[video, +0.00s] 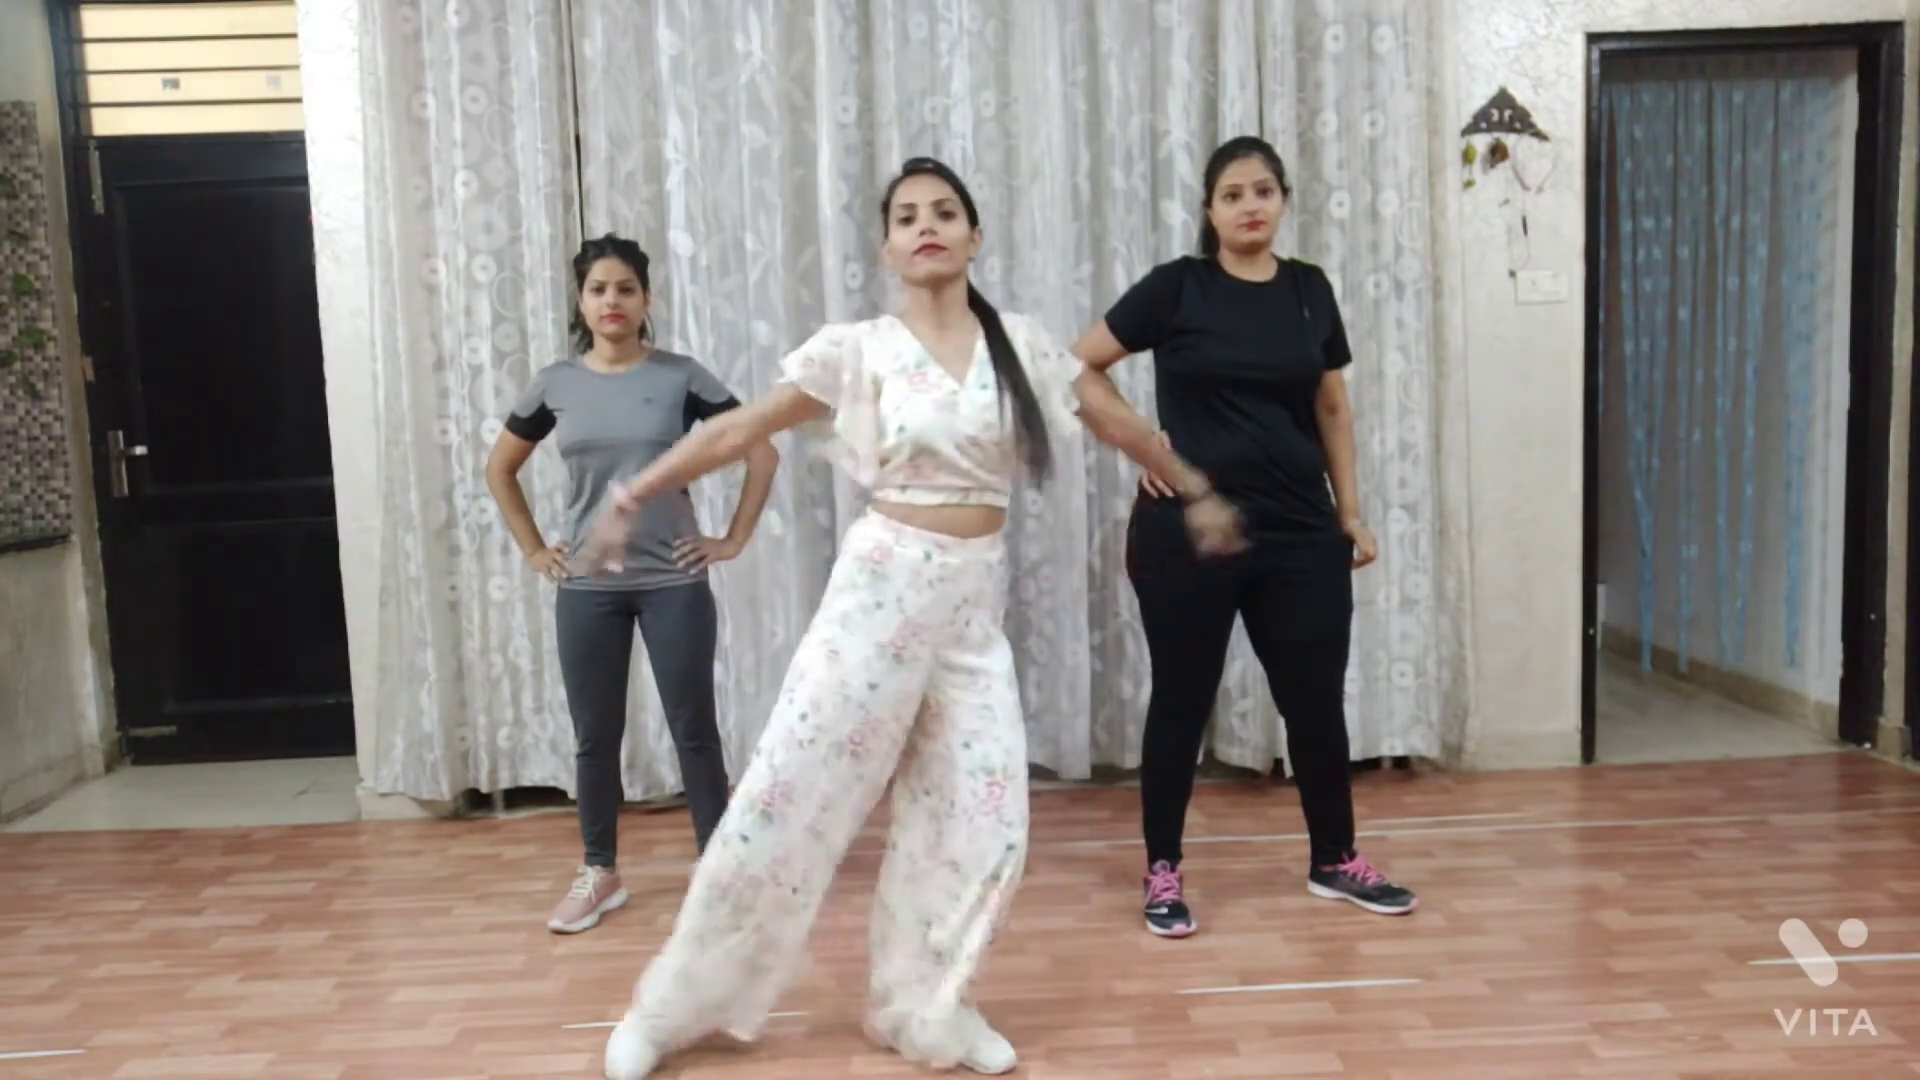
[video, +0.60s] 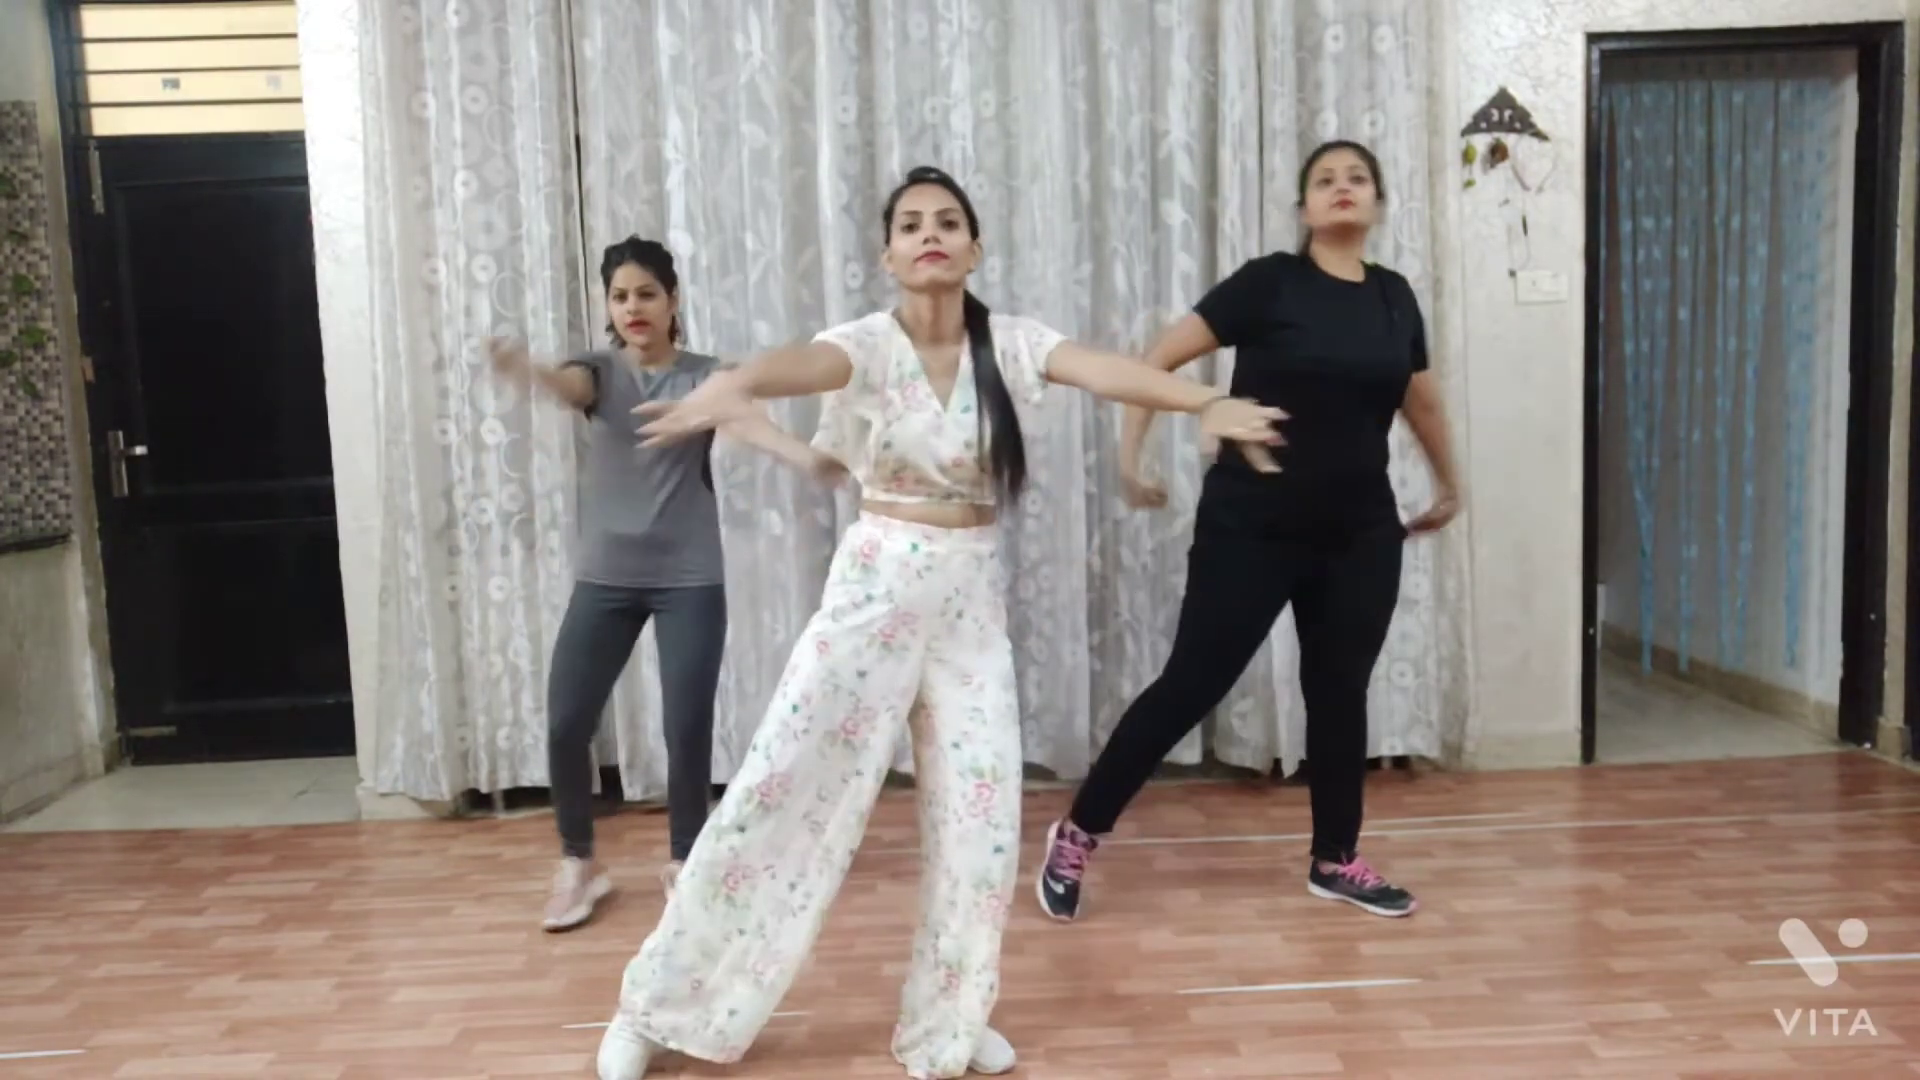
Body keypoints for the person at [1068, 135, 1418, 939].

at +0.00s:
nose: (1251, 206)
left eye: (1264, 192)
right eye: (1234, 194)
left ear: (1283, 203)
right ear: (1209, 207)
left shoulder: (1309, 290)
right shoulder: (1175, 289)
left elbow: (1334, 409)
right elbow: (1078, 369)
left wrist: (1349, 514)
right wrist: (1142, 443)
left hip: (1297, 528)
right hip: (1188, 526)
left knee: (1317, 701)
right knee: (1181, 701)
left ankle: (1336, 861)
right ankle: (1164, 871)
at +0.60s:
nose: (1343, 190)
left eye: (1357, 180)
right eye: (1327, 181)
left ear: (1379, 204)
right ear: (1303, 206)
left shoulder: (1394, 298)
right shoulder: (1269, 283)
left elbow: (1420, 402)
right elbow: (1159, 358)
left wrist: (1450, 488)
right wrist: (1131, 462)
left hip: (1357, 527)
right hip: (1252, 522)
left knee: (1340, 695)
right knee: (1190, 689)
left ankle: (1334, 859)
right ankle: (1078, 834)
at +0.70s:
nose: (1361, 200)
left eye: (1374, 190)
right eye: (1344, 191)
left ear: (1392, 212)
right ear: (1317, 213)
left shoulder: (1405, 307)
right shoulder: (1284, 278)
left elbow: (1485, 375)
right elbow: (1176, 314)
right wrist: (1152, 404)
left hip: (1358, 528)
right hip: (1256, 520)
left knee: (1336, 692)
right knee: (1195, 689)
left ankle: (1335, 856)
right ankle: (1079, 836)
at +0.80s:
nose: (1370, 204)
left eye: (1383, 194)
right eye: (1353, 194)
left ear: (1397, 215)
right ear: (1323, 214)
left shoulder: (1412, 306)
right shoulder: (1292, 270)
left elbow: (1511, 335)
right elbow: (1229, 278)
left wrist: (1611, 349)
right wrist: (1241, 331)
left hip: (1357, 527)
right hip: (1260, 517)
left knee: (1335, 691)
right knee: (1195, 687)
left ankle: (1335, 856)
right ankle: (1077, 831)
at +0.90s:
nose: (1374, 209)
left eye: (1386, 198)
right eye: (1357, 198)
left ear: (1399, 215)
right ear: (1325, 216)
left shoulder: (1414, 301)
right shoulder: (1296, 269)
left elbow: (1521, 309)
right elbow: (1270, 255)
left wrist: (1617, 296)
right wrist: (1337, 282)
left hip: (1356, 530)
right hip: (1257, 520)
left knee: (1333, 694)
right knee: (1195, 684)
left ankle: (1335, 857)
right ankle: (1075, 831)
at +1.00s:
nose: (1379, 209)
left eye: (1393, 200)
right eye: (1363, 199)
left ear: (1413, 217)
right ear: (1333, 221)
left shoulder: (1417, 306)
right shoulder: (1311, 282)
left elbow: (1519, 299)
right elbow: (1349, 243)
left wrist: (1522, 224)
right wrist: (1467, 204)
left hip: (1356, 532)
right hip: (1259, 522)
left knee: (1330, 695)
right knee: (1188, 685)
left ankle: (1334, 857)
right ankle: (1069, 831)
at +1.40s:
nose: (1393, 215)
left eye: (1405, 203)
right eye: (1374, 204)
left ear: (1417, 220)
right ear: (1341, 221)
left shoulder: (1418, 313)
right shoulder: (1323, 282)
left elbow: (1481, 347)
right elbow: (1425, 298)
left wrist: (1426, 273)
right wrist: (1490, 206)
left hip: (1355, 529)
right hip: (1263, 521)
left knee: (1332, 693)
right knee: (1193, 686)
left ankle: (1334, 858)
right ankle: (1070, 830)